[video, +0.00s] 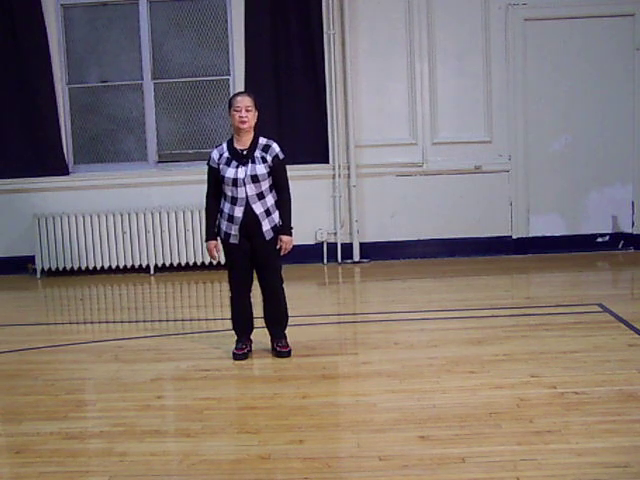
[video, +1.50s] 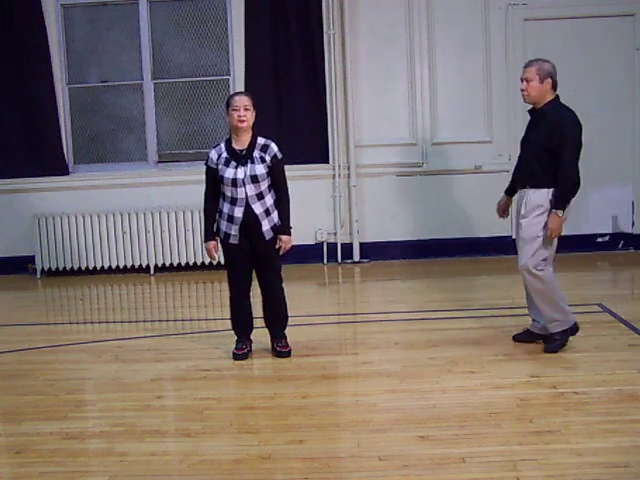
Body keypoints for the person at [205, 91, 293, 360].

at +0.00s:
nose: (243, 114)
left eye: (248, 110)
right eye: (237, 110)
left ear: (256, 114)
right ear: (230, 115)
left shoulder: (270, 149)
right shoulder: (219, 155)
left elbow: (283, 192)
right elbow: (212, 197)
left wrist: (286, 230)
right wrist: (211, 234)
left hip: (267, 230)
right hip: (233, 233)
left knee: (272, 285)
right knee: (239, 288)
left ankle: (278, 336)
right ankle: (243, 338)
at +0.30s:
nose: (242, 114)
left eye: (247, 110)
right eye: (236, 110)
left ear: (255, 115)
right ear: (228, 116)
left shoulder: (269, 149)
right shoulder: (218, 155)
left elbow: (283, 192)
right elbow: (211, 197)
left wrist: (286, 229)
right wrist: (210, 235)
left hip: (266, 230)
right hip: (233, 233)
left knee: (272, 285)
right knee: (239, 288)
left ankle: (278, 335)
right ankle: (243, 338)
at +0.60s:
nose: (241, 115)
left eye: (246, 110)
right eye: (235, 110)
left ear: (254, 114)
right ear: (228, 115)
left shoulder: (268, 149)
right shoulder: (217, 155)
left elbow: (283, 191)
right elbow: (211, 198)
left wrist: (286, 229)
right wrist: (210, 235)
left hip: (266, 230)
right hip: (232, 233)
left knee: (272, 285)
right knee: (239, 288)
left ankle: (278, 335)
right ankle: (243, 338)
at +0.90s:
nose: (241, 114)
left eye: (245, 109)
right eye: (235, 110)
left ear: (253, 114)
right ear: (227, 116)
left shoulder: (268, 149)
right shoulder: (216, 155)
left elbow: (282, 191)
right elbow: (211, 198)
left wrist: (285, 229)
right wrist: (210, 235)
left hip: (266, 231)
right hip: (232, 233)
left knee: (272, 285)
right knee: (239, 289)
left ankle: (279, 335)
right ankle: (243, 338)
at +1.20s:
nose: (241, 114)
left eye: (246, 109)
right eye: (235, 110)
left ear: (254, 115)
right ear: (227, 116)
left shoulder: (268, 149)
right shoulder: (217, 155)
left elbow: (282, 192)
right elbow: (211, 198)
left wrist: (285, 229)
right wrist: (210, 235)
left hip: (266, 230)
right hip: (232, 233)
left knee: (272, 285)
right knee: (239, 288)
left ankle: (279, 335)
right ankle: (243, 337)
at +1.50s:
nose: (241, 114)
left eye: (246, 109)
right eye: (235, 109)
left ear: (254, 114)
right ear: (227, 115)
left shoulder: (268, 149)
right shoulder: (217, 155)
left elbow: (282, 192)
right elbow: (211, 198)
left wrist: (285, 229)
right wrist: (210, 235)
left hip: (266, 231)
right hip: (232, 233)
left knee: (272, 285)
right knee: (239, 289)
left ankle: (278, 335)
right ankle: (243, 338)